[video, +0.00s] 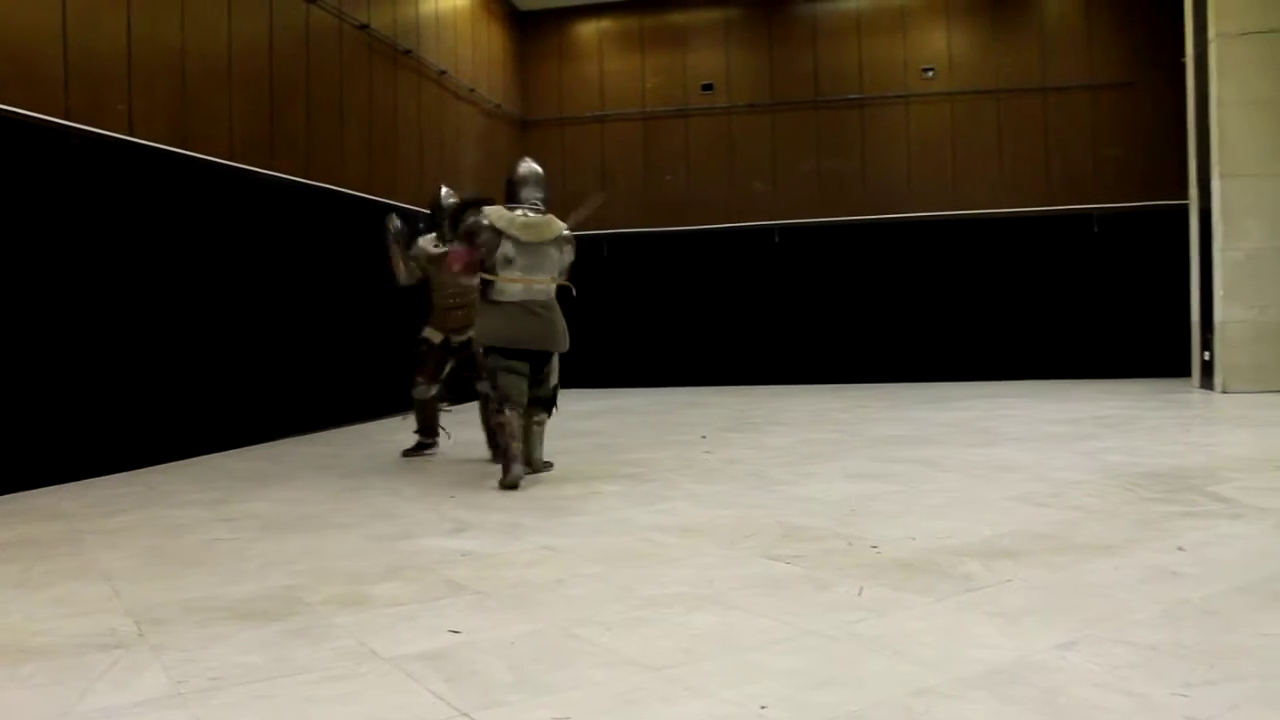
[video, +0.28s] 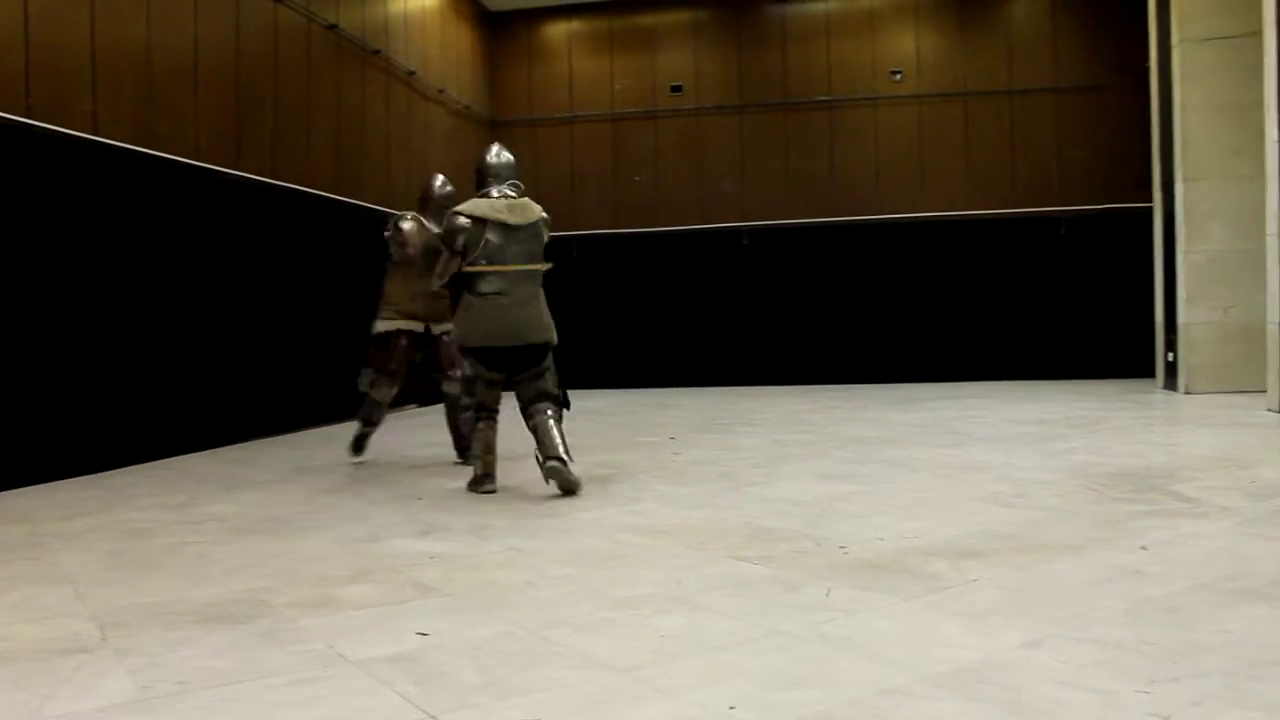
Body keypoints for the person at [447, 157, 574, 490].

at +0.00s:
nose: (527, 196)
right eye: (534, 190)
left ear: (510, 189)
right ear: (543, 191)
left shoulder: (491, 221)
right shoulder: (560, 234)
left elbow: (469, 259)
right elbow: (562, 273)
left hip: (500, 323)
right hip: (543, 324)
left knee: (507, 392)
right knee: (540, 390)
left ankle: (512, 461)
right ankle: (534, 457)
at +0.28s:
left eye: (482, 176)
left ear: (480, 177)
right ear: (516, 176)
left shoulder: (465, 218)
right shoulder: (537, 216)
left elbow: (441, 273)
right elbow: (538, 251)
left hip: (483, 325)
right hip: (531, 323)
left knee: (484, 400)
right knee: (539, 394)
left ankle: (485, 473)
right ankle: (555, 456)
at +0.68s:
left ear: (499, 176)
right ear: (538, 177)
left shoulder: (480, 212)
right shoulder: (555, 224)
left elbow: (432, 233)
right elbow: (555, 260)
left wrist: (435, 207)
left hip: (486, 325)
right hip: (540, 326)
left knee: (477, 400)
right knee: (551, 403)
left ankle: (469, 482)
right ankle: (555, 487)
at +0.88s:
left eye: (482, 165)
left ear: (479, 164)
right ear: (519, 167)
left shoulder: (458, 200)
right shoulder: (542, 214)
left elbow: (416, 230)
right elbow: (547, 263)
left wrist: (417, 199)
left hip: (464, 323)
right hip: (523, 325)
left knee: (449, 388)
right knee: (535, 400)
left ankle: (428, 466)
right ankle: (542, 490)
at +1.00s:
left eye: (465, 169)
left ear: (463, 170)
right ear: (503, 168)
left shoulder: (440, 212)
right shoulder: (530, 219)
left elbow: (404, 253)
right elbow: (539, 276)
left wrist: (402, 224)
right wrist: (503, 257)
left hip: (451, 326)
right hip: (510, 326)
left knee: (425, 394)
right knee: (528, 402)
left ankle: (396, 478)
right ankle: (537, 491)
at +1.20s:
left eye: (436, 177)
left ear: (430, 179)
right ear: (470, 177)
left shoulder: (410, 226)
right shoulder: (498, 230)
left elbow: (367, 276)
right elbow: (510, 294)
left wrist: (363, 235)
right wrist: (472, 273)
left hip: (425, 341)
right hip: (483, 341)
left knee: (400, 416)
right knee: (509, 414)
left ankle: (377, 489)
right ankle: (534, 489)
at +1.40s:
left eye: (401, 165)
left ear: (395, 167)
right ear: (435, 167)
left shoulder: (380, 216)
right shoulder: (465, 218)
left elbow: (348, 281)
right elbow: (478, 286)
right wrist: (439, 275)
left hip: (396, 335)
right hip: (453, 335)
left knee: (387, 407)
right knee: (465, 407)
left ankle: (380, 488)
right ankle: (476, 484)